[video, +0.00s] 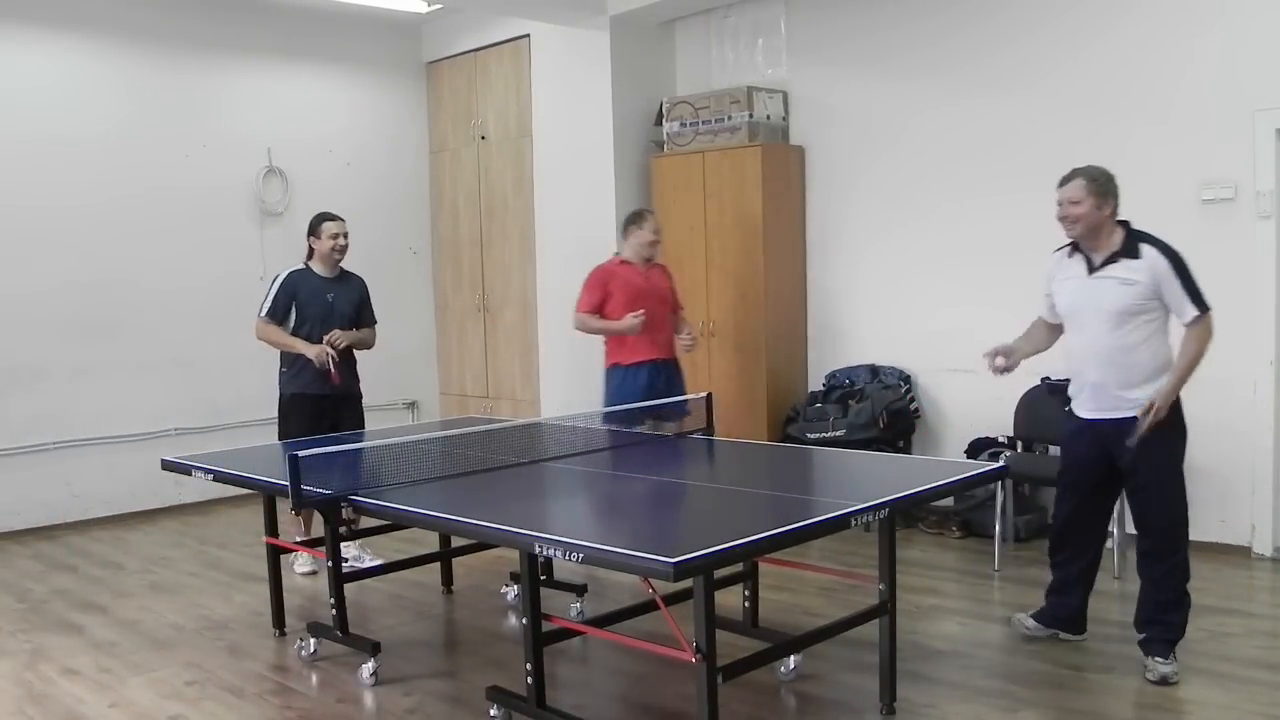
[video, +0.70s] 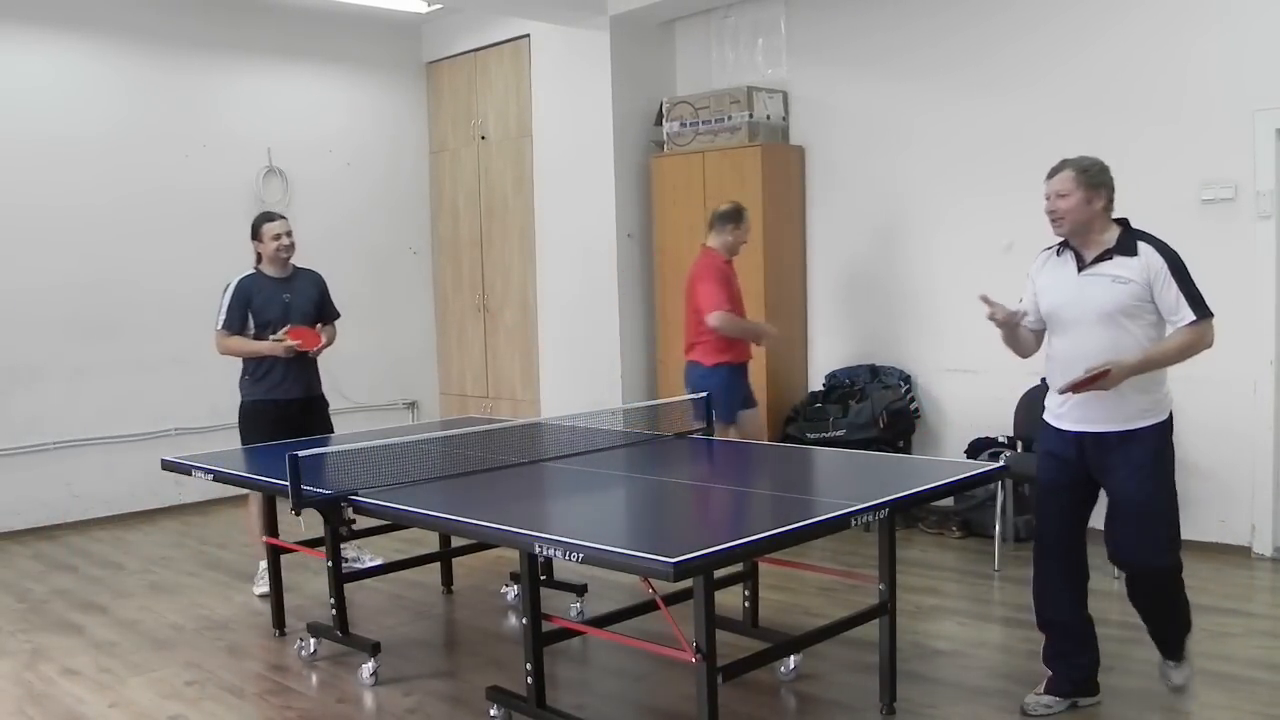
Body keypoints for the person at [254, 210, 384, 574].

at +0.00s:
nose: (342, 242)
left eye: (345, 236)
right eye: (334, 237)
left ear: (347, 241)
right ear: (313, 242)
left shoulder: (355, 284)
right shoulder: (291, 280)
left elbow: (369, 337)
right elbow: (263, 328)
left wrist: (350, 336)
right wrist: (306, 348)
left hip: (346, 394)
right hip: (301, 395)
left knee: (350, 466)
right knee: (301, 469)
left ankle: (346, 543)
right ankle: (302, 546)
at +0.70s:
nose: (286, 241)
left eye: (288, 235)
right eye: (277, 237)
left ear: (293, 238)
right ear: (258, 245)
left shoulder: (312, 280)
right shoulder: (243, 288)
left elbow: (329, 326)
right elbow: (223, 342)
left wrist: (319, 340)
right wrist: (270, 346)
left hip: (309, 402)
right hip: (262, 407)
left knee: (329, 476)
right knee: (261, 488)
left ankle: (342, 551)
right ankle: (266, 565)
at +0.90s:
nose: (275, 241)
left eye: (277, 234)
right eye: (266, 237)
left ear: (282, 237)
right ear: (246, 245)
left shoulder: (300, 279)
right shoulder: (231, 289)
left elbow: (320, 324)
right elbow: (214, 345)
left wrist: (312, 340)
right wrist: (264, 347)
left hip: (302, 401)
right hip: (256, 407)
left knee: (324, 475)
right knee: (258, 488)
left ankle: (339, 551)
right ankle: (267, 565)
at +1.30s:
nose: (282, 248)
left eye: (285, 240)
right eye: (273, 243)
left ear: (290, 242)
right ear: (254, 249)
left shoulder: (308, 282)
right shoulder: (238, 292)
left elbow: (328, 326)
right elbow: (220, 348)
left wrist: (318, 349)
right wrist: (266, 353)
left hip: (309, 403)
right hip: (261, 409)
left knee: (332, 472)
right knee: (259, 488)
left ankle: (348, 543)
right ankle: (266, 565)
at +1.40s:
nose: (294, 249)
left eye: (297, 242)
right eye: (285, 244)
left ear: (303, 244)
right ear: (266, 249)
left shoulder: (319, 284)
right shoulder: (248, 292)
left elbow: (336, 329)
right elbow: (229, 346)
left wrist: (326, 348)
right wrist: (273, 353)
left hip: (314, 404)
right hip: (266, 408)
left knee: (335, 474)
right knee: (263, 489)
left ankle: (348, 545)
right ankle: (267, 564)